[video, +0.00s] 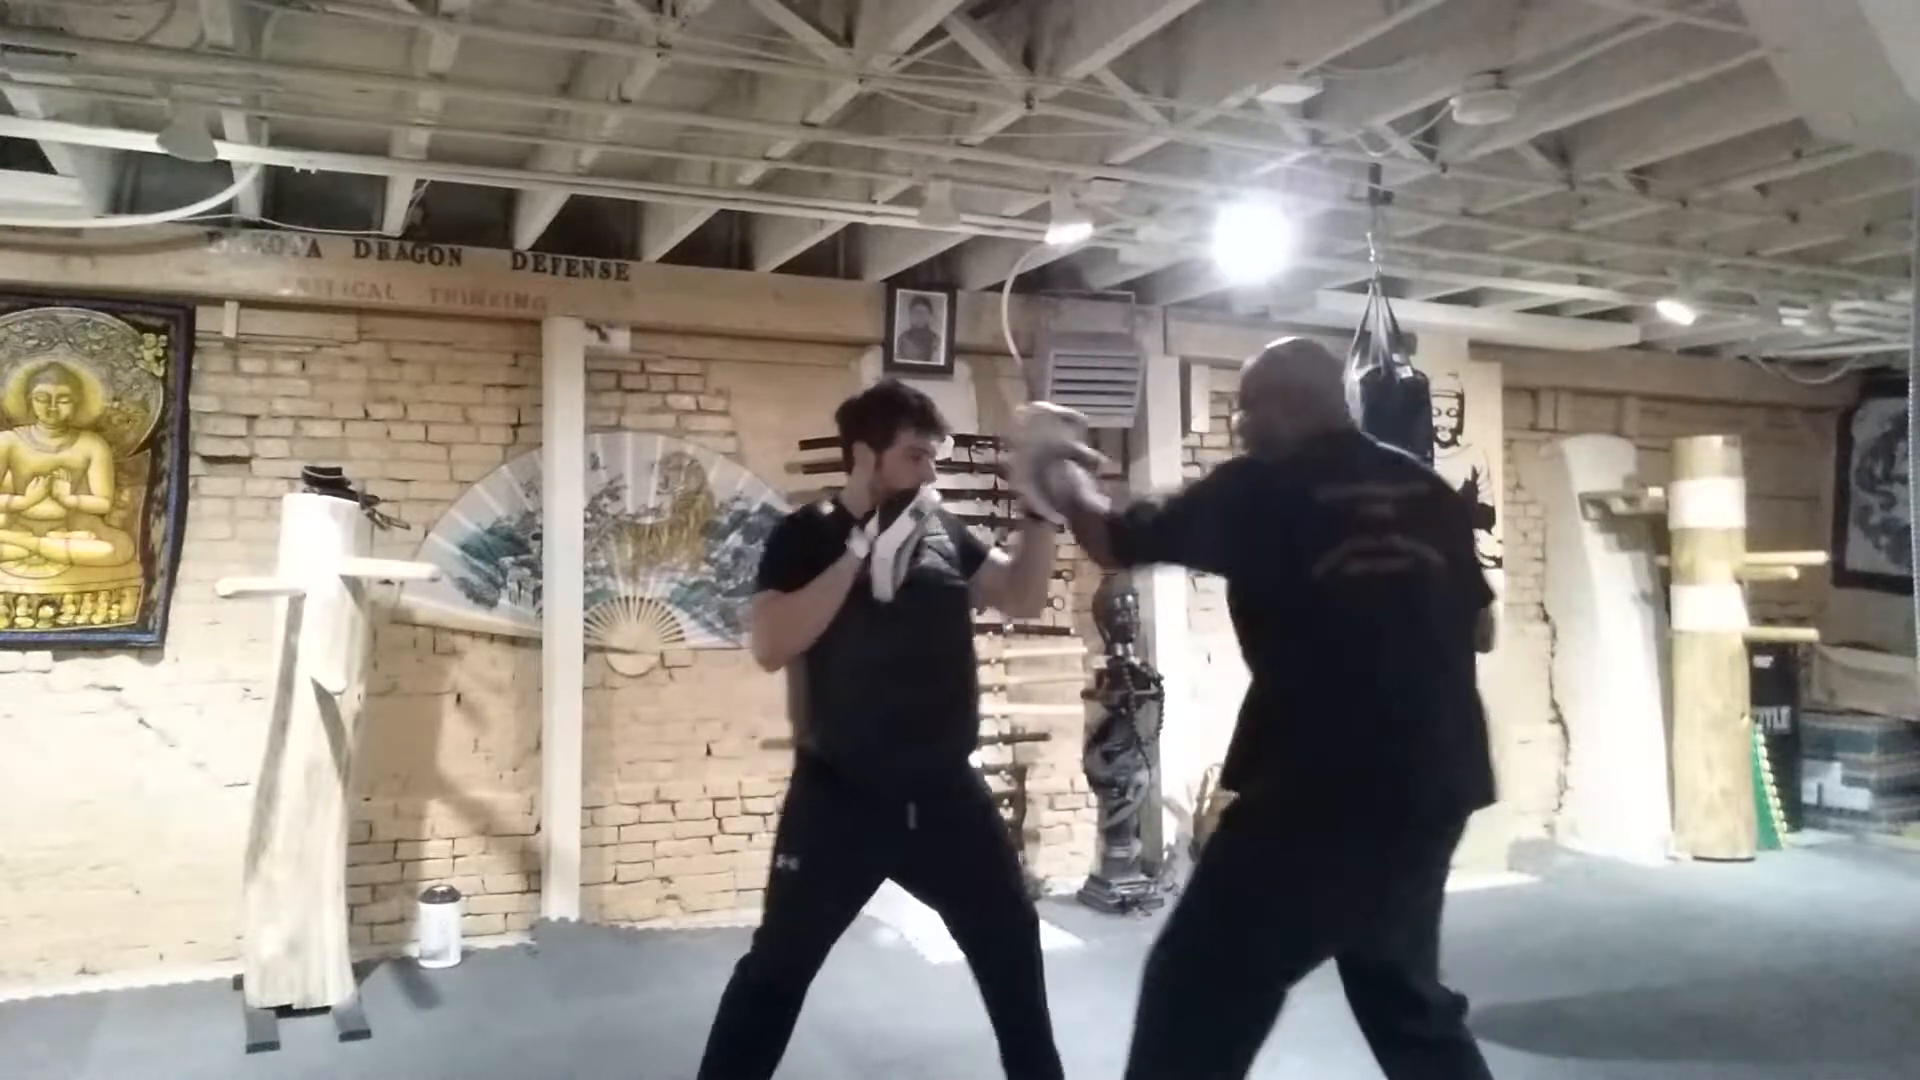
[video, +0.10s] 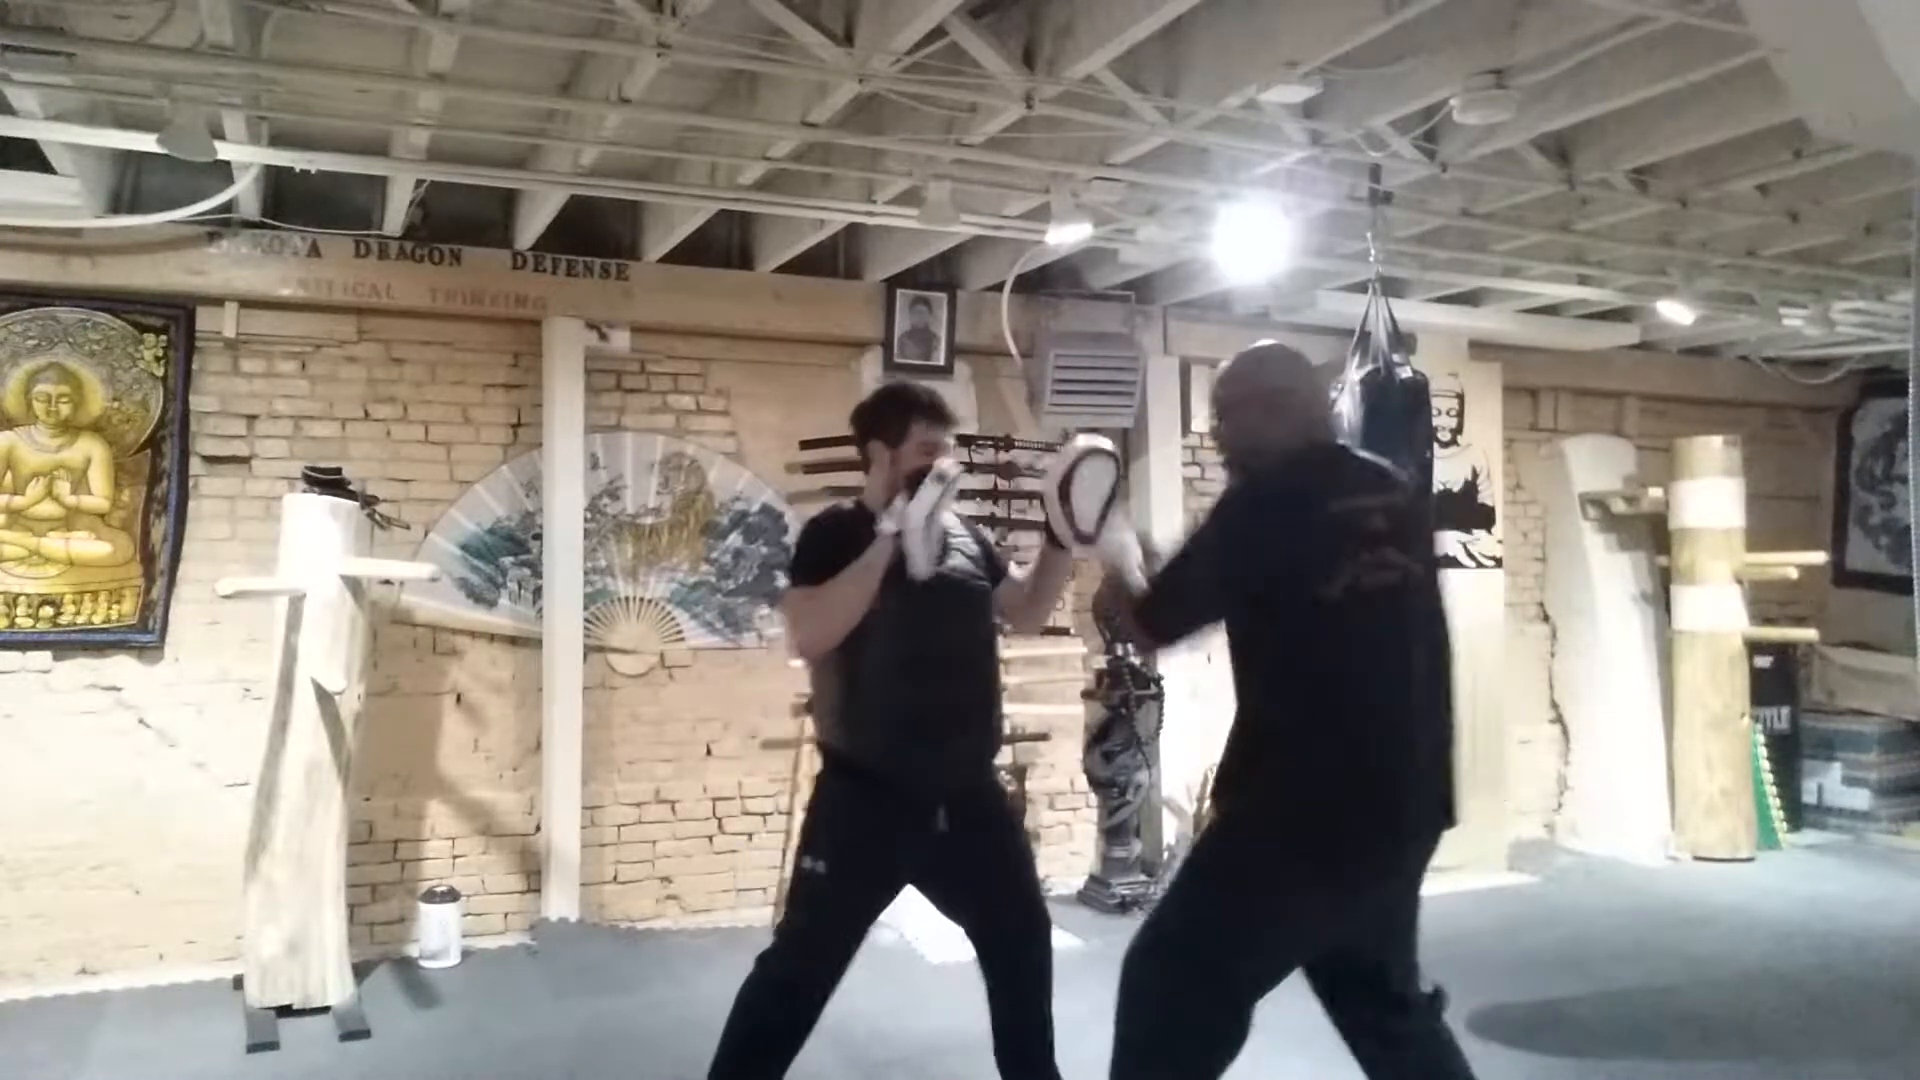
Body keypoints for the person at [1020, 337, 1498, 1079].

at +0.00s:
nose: (1239, 424)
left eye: (1247, 407)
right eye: (1240, 407)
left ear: (1281, 408)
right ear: (1340, 404)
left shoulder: (1259, 488)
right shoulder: (1429, 491)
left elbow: (1114, 540)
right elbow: (1479, 627)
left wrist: (1051, 467)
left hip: (1306, 803)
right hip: (1428, 798)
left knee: (1189, 1018)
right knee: (1409, 1007)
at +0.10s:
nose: (1218, 436)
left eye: (1228, 416)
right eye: (1218, 418)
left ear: (1270, 415)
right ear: (1317, 409)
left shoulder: (1266, 502)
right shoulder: (1392, 490)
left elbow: (1152, 622)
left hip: (1294, 816)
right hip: (1402, 807)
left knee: (1171, 988)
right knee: (1382, 1003)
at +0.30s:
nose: (1157, 444)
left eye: (1169, 423)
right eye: (1157, 425)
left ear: (1221, 418)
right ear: (1223, 419)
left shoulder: (1303, 508)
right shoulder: (1226, 513)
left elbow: (1302, 682)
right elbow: (1142, 550)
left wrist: (1168, 659)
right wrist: (1060, 487)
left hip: (1289, 819)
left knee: (1154, 986)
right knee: (1368, 1014)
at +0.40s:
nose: (1141, 450)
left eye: (1147, 429)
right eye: (1139, 432)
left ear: (1198, 418)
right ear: (1202, 420)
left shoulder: (1298, 504)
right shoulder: (1208, 512)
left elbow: (1302, 678)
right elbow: (1131, 580)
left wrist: (1166, 636)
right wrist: (1057, 533)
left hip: (1278, 815)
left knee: (1142, 985)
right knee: (1335, 984)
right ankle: (1415, 1075)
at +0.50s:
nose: (1142, 446)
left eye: (1149, 426)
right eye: (1141, 429)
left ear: (1200, 418)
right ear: (1209, 419)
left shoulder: (1266, 506)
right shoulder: (1252, 501)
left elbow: (1238, 676)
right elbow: (1221, 653)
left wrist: (1149, 616)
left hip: (1263, 812)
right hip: (1317, 801)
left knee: (1134, 981)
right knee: (1297, 971)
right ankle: (1372, 1075)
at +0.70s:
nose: (1143, 467)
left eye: (1149, 447)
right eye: (1141, 449)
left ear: (1186, 439)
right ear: (1229, 435)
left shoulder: (1180, 531)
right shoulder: (1313, 504)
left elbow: (1077, 643)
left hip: (1248, 806)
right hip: (1366, 793)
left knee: (1136, 982)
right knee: (1318, 975)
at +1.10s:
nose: (1078, 474)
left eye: (1084, 452)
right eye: (1074, 456)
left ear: (1134, 436)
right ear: (1151, 435)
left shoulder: (1171, 513)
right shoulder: (1218, 496)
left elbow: (1126, 669)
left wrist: (1075, 626)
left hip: (1243, 805)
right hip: (1311, 792)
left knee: (1115, 983)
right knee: (1290, 988)